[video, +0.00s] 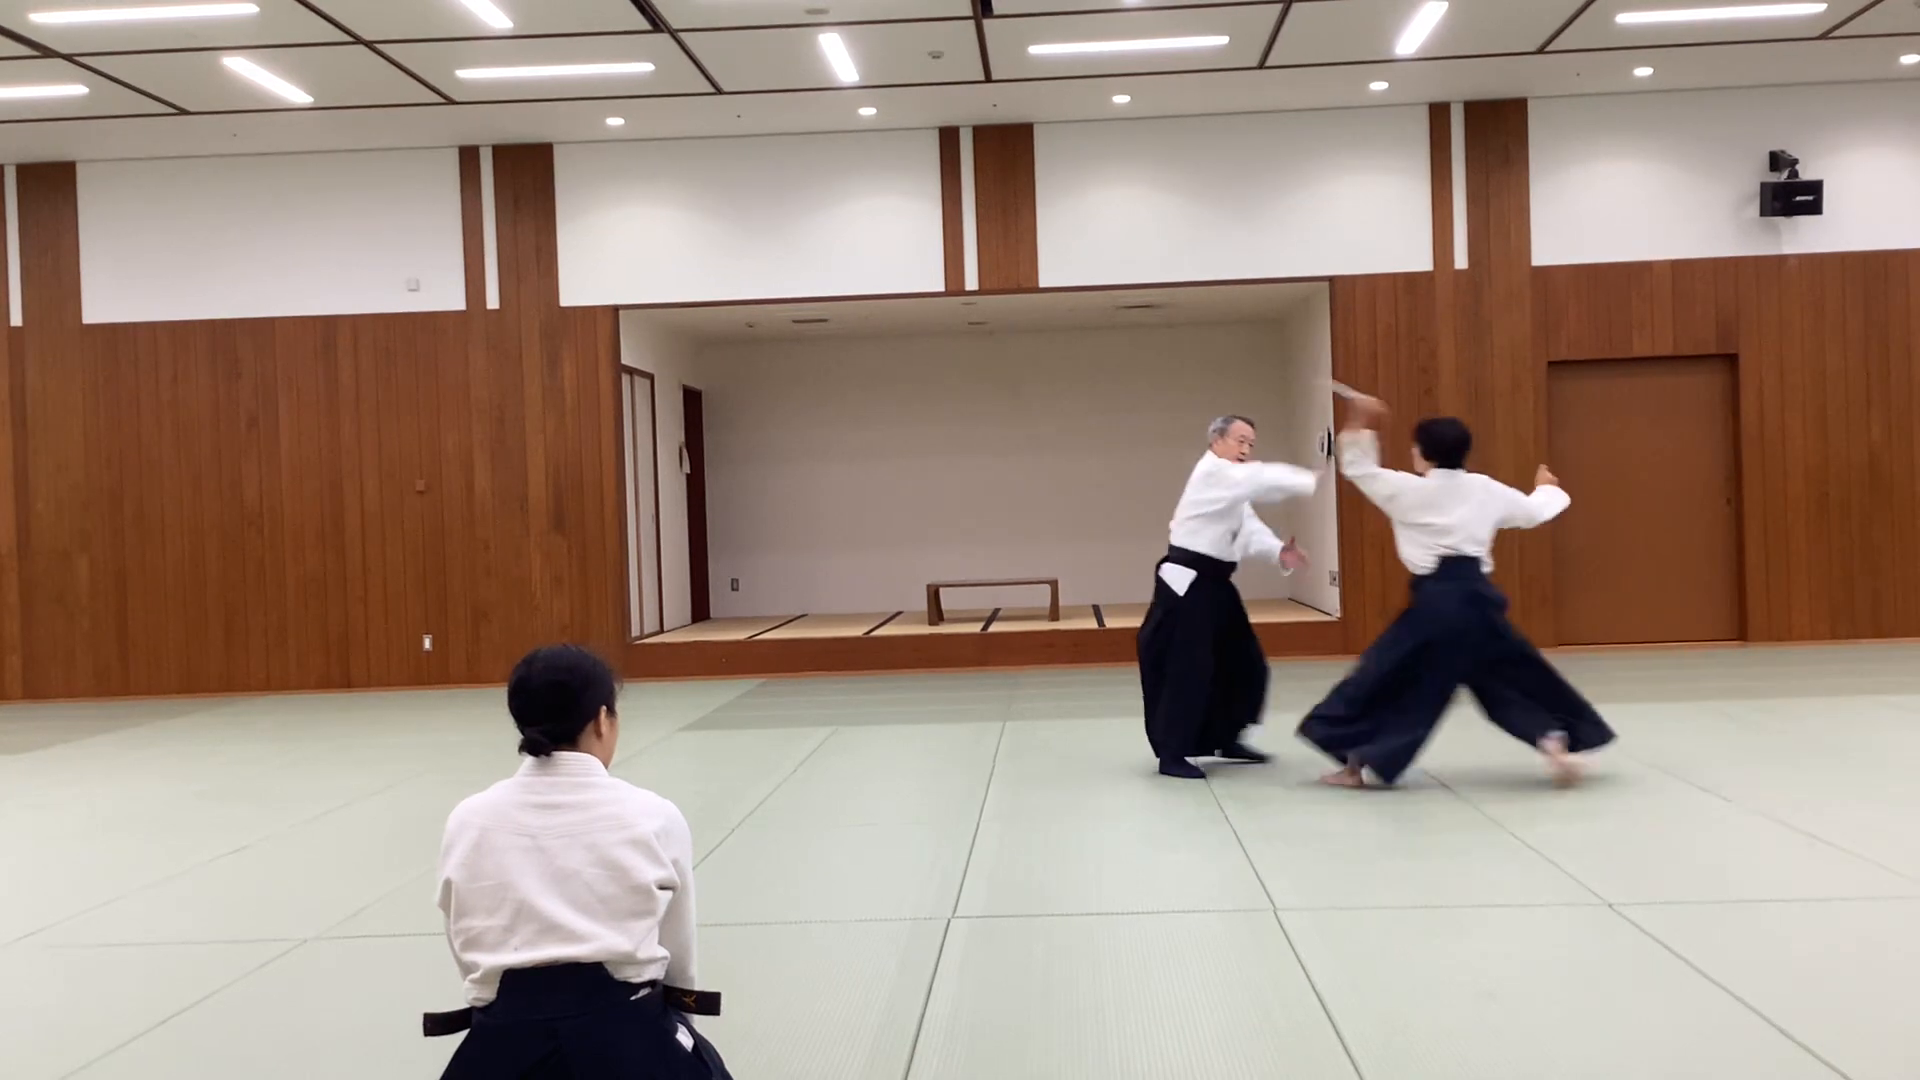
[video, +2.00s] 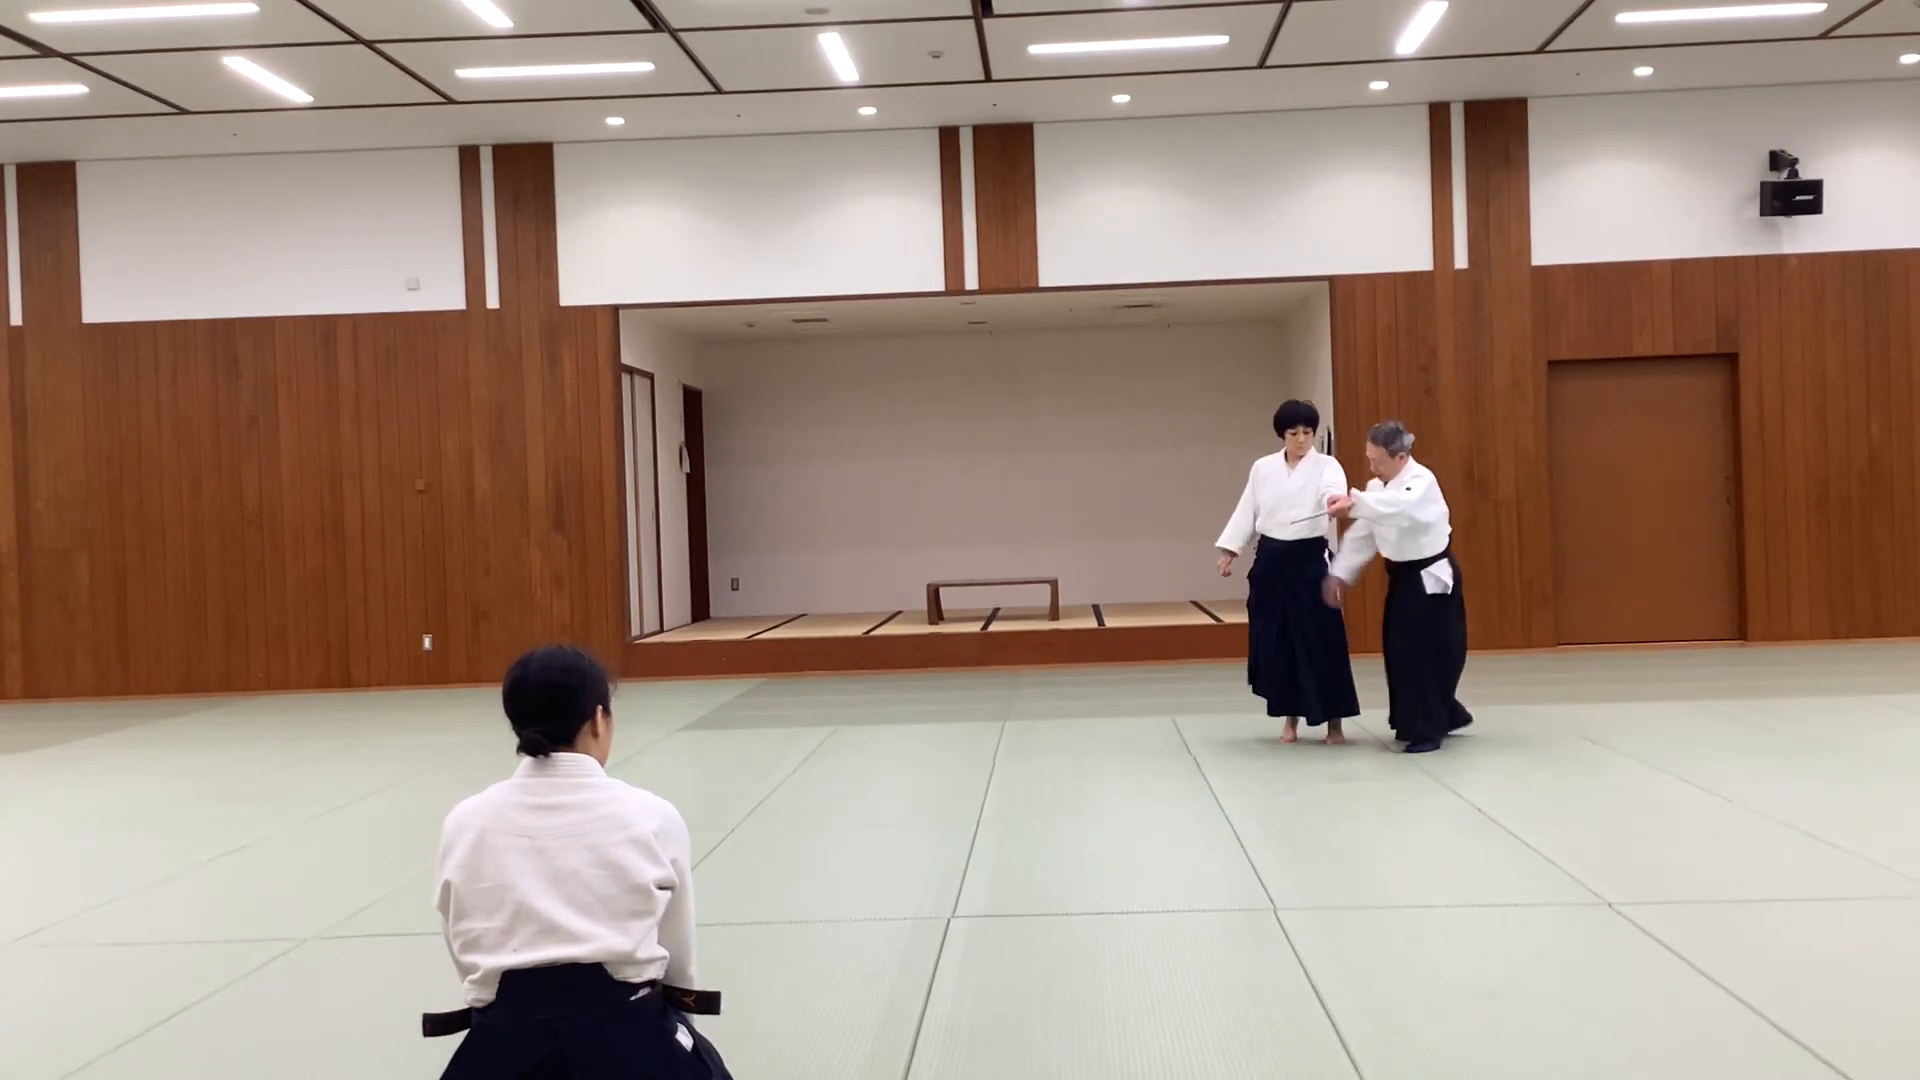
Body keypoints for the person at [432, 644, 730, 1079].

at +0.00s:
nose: (615, 726)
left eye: (615, 713)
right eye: (615, 714)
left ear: (524, 723)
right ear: (601, 722)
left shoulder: (467, 821)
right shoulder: (654, 817)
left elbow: (467, 956)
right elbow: (679, 966)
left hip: (503, 1047)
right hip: (628, 1044)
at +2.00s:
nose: (610, 729)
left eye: (610, 715)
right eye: (610, 716)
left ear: (519, 725)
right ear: (598, 721)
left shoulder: (465, 823)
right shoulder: (653, 817)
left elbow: (466, 960)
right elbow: (678, 967)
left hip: (503, 1049)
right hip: (629, 1045)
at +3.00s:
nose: (610, 727)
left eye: (609, 714)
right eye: (609, 716)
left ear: (518, 725)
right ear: (598, 721)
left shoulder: (464, 823)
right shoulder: (652, 817)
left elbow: (464, 960)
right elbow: (678, 967)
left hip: (503, 1050)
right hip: (629, 1046)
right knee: (696, 1045)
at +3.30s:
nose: (610, 728)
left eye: (609, 714)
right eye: (609, 715)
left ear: (518, 725)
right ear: (597, 722)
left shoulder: (464, 823)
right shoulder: (652, 817)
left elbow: (464, 960)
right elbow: (678, 967)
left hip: (503, 1049)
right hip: (629, 1045)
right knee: (697, 1046)